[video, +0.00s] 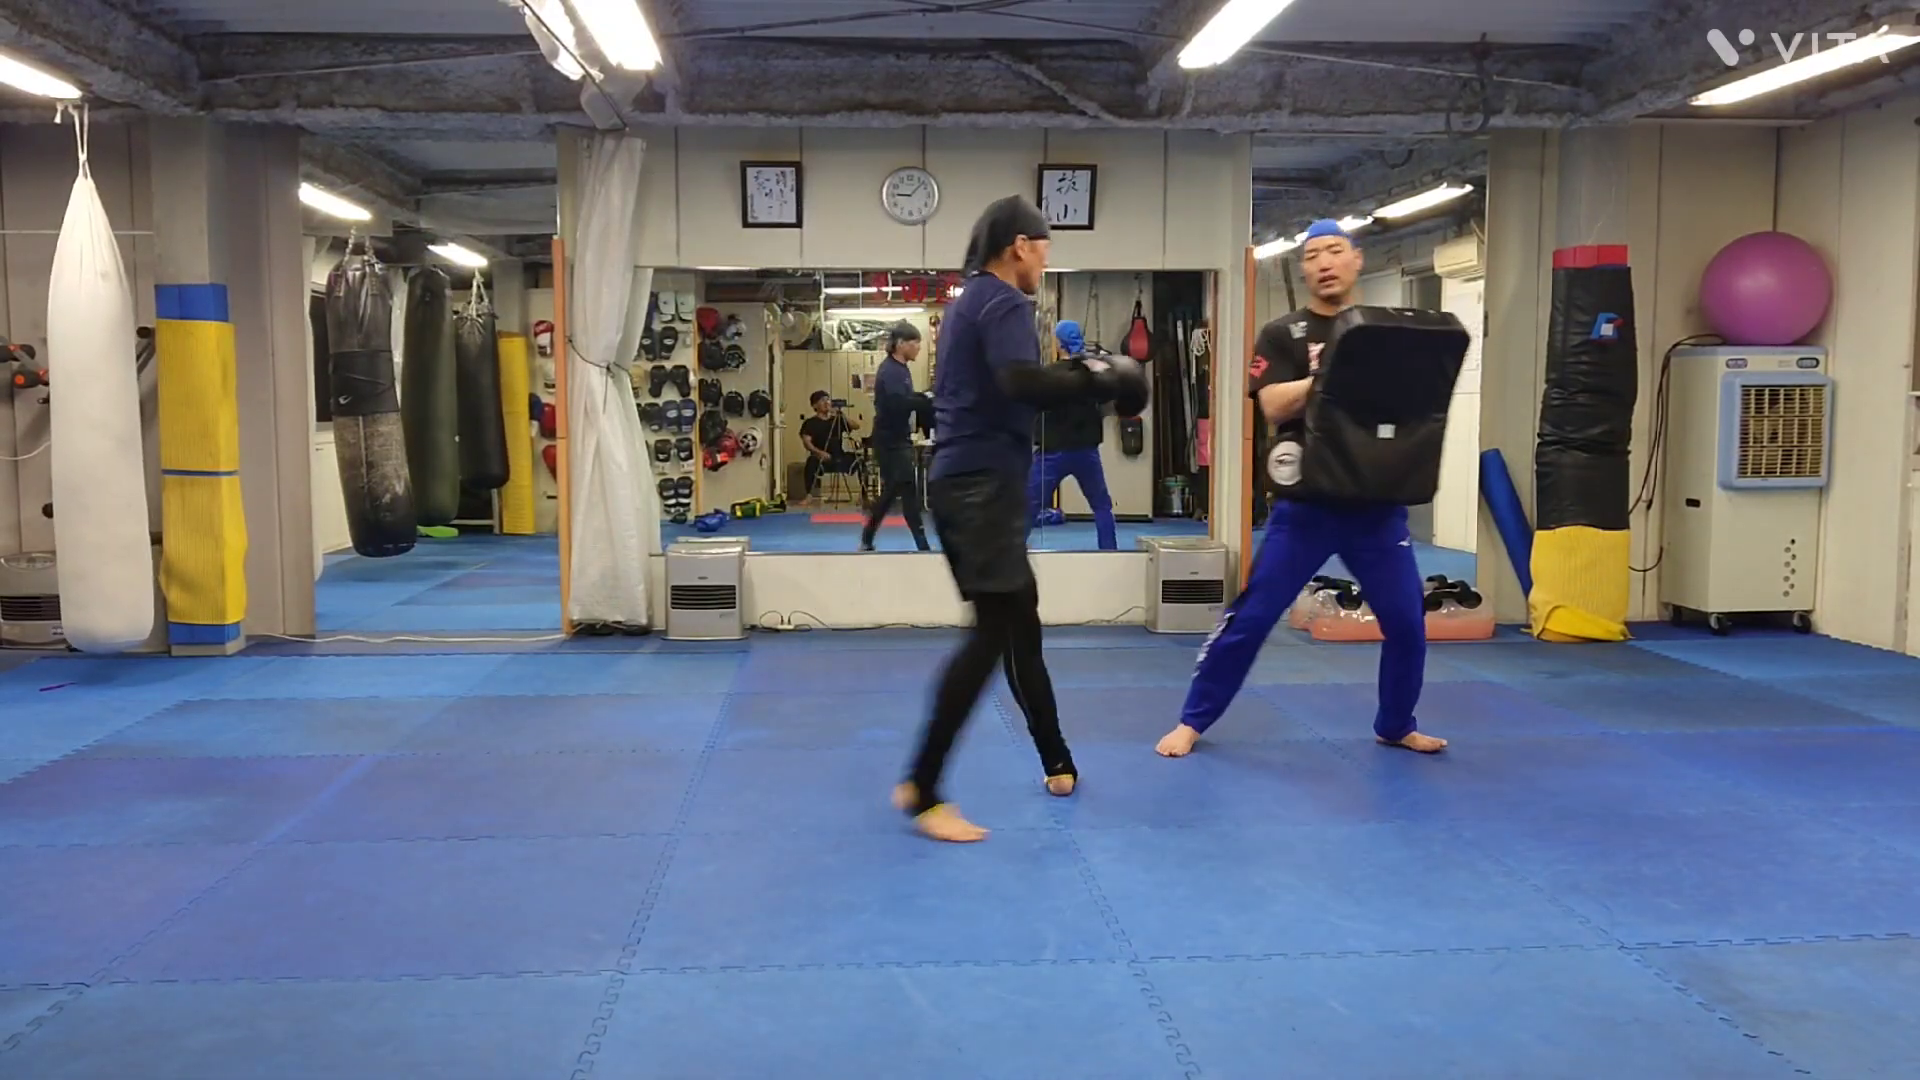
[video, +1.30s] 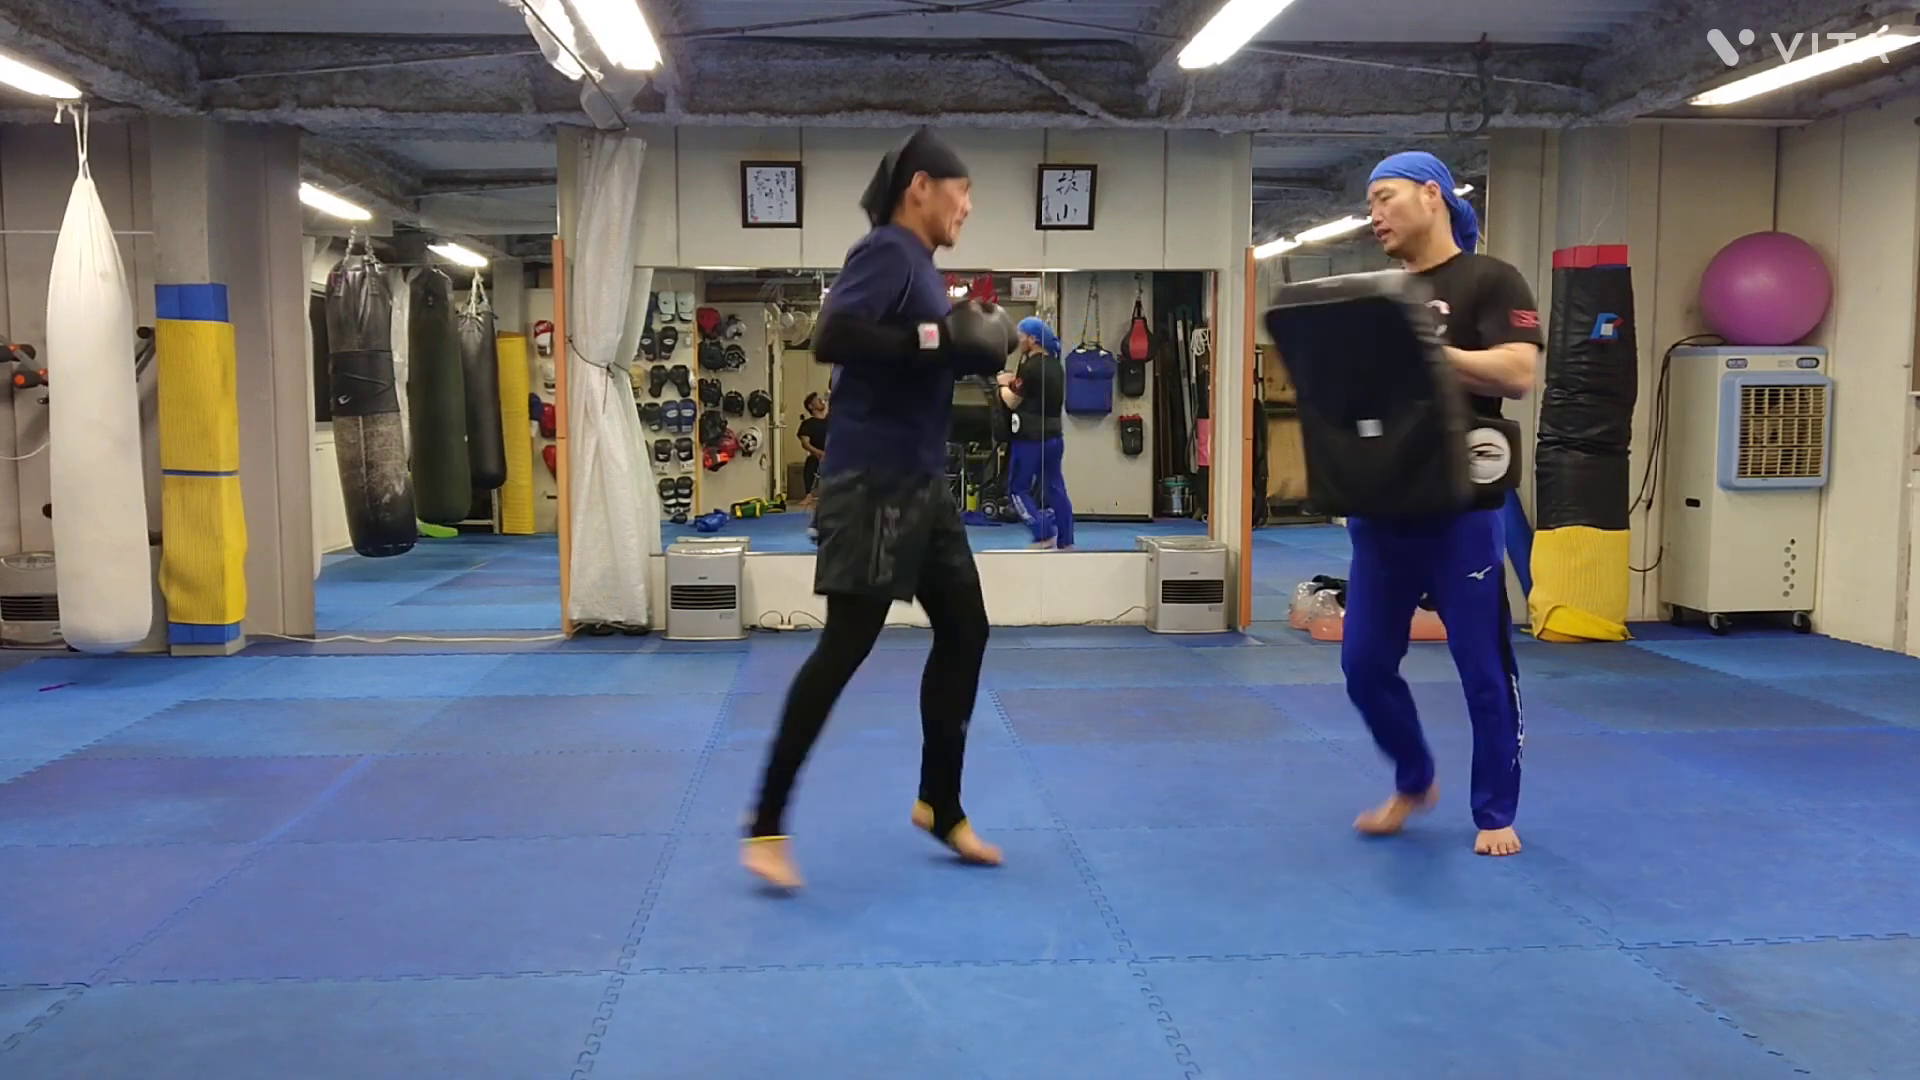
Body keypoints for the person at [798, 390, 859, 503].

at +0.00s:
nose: (826, 402)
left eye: (827, 399)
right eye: (823, 400)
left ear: (830, 402)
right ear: (815, 406)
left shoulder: (837, 419)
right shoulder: (809, 423)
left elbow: (856, 426)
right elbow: (807, 443)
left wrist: (841, 415)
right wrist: (820, 453)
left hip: (839, 457)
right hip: (822, 458)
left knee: (860, 461)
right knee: (811, 462)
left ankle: (864, 494)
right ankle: (809, 495)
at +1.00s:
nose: (823, 401)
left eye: (823, 399)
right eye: (818, 400)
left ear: (826, 402)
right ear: (811, 406)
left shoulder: (835, 418)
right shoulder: (808, 423)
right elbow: (806, 444)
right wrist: (820, 453)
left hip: (839, 455)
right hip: (821, 457)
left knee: (854, 457)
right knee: (811, 461)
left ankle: (857, 490)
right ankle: (808, 495)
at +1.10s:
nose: (822, 402)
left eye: (823, 399)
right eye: (818, 400)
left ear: (826, 402)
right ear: (811, 406)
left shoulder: (834, 418)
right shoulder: (808, 423)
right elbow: (806, 444)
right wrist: (820, 453)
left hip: (837, 456)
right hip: (820, 458)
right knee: (811, 461)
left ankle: (844, 494)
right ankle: (808, 495)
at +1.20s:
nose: (821, 401)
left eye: (821, 399)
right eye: (817, 400)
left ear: (825, 401)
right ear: (810, 406)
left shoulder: (832, 419)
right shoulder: (807, 423)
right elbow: (805, 443)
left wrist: (835, 401)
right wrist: (820, 453)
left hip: (834, 453)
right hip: (818, 455)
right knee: (810, 462)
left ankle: (840, 493)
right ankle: (808, 494)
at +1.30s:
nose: (821, 402)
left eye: (820, 399)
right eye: (817, 400)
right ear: (810, 406)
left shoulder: (830, 420)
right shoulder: (807, 423)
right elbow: (805, 443)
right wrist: (819, 453)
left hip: (831, 458)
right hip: (815, 459)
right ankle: (810, 495)